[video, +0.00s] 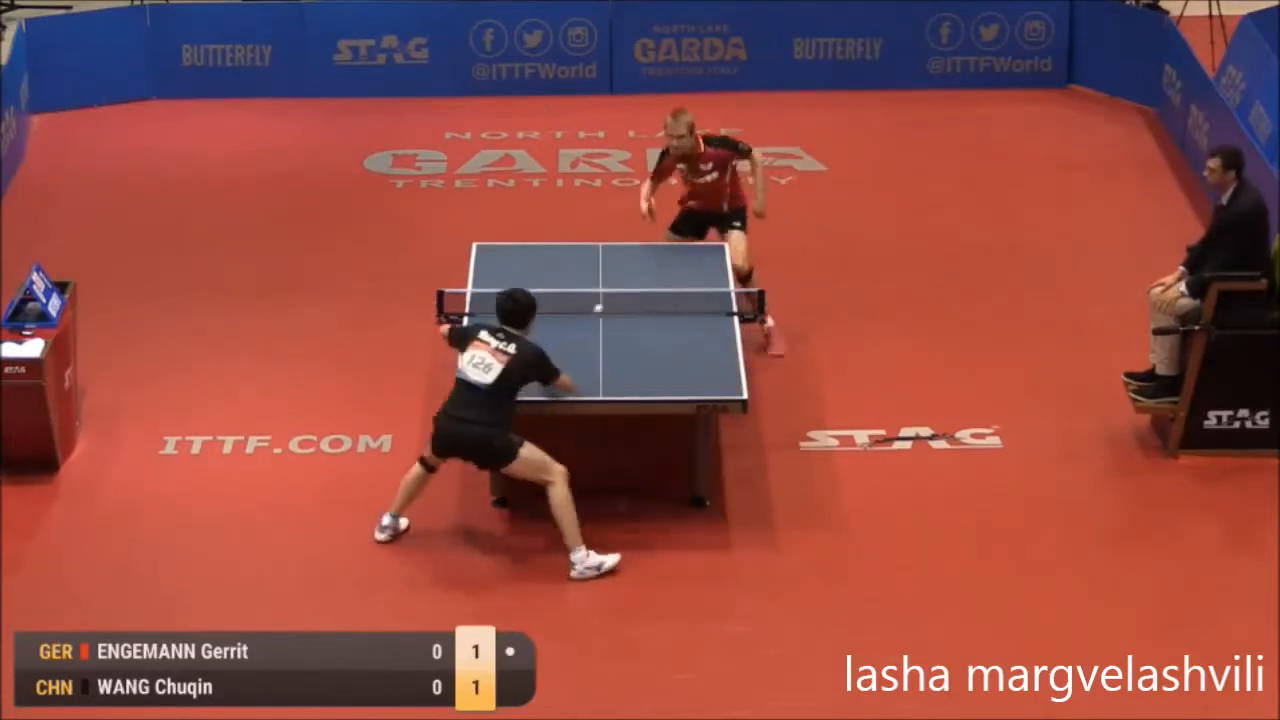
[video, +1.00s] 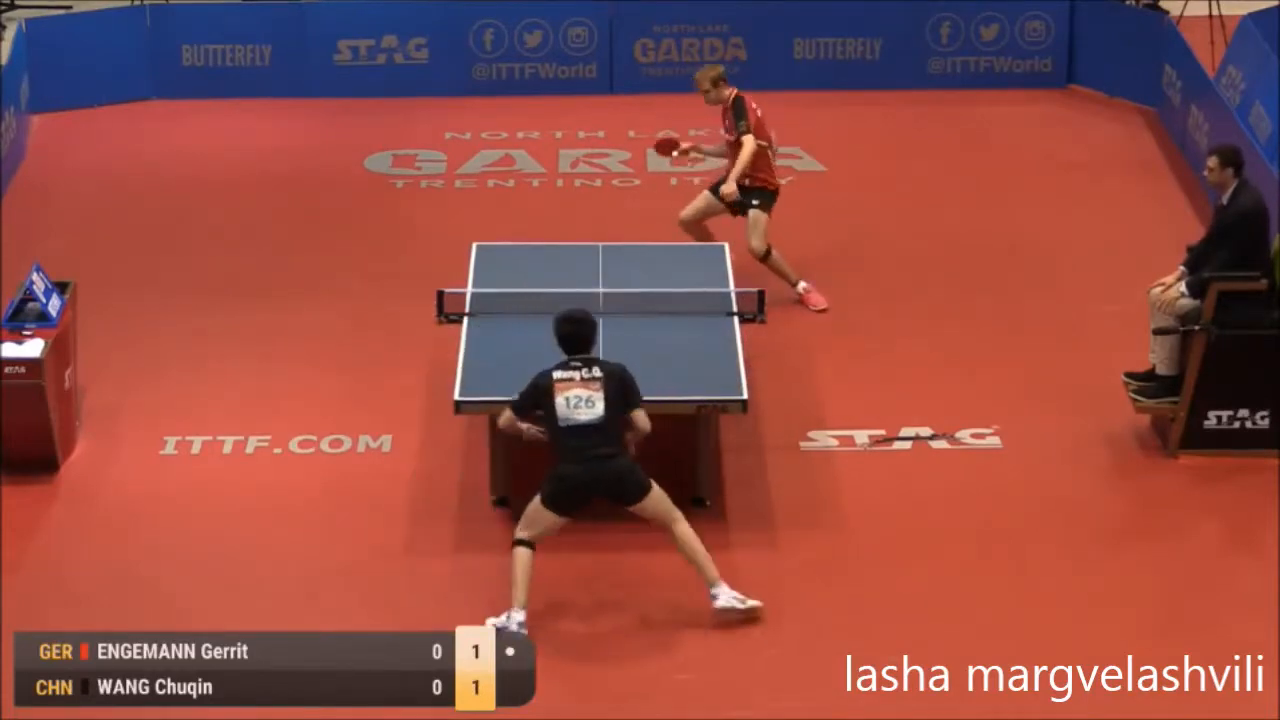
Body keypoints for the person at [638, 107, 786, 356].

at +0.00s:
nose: (674, 144)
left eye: (679, 137)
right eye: (670, 138)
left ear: (693, 133)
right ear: (666, 136)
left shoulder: (719, 146)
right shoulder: (670, 156)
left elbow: (754, 157)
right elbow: (653, 180)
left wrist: (760, 200)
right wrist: (645, 200)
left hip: (730, 210)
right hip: (695, 210)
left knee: (739, 265)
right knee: (666, 255)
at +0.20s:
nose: (666, 133)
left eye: (671, 128)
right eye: (662, 128)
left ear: (685, 124)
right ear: (658, 126)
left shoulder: (707, 140)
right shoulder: (655, 150)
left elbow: (734, 157)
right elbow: (629, 182)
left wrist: (715, 179)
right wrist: (624, 209)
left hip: (713, 198)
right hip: (676, 200)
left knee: (744, 249)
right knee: (640, 247)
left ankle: (772, 308)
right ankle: (637, 311)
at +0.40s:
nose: (675, 138)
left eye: (681, 133)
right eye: (672, 132)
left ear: (694, 130)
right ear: (667, 129)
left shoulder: (710, 141)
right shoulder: (665, 153)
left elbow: (737, 176)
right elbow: (638, 191)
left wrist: (703, 178)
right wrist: (654, 220)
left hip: (719, 197)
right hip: (682, 198)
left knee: (752, 252)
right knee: (648, 242)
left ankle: (796, 284)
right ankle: (641, 299)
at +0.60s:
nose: (686, 144)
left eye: (691, 139)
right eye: (683, 138)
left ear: (705, 136)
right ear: (679, 137)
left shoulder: (724, 148)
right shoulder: (682, 157)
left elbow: (752, 186)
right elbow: (662, 192)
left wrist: (717, 192)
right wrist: (670, 213)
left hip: (735, 202)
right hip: (700, 202)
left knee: (765, 255)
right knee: (655, 238)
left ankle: (799, 290)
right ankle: (634, 288)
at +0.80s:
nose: (691, 115)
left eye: (694, 109)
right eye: (688, 110)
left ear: (709, 102)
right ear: (689, 106)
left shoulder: (728, 120)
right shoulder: (712, 121)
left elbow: (747, 156)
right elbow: (727, 152)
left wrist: (733, 195)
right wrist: (711, 165)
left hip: (757, 189)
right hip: (728, 185)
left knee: (767, 254)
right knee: (680, 224)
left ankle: (803, 289)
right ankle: (656, 278)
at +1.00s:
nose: (704, 99)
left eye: (706, 93)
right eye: (702, 93)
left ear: (721, 86)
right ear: (719, 88)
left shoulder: (740, 104)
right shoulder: (729, 107)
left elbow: (749, 144)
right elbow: (730, 149)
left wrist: (732, 179)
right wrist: (697, 149)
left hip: (761, 184)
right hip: (738, 180)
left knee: (757, 247)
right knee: (688, 219)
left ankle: (801, 287)